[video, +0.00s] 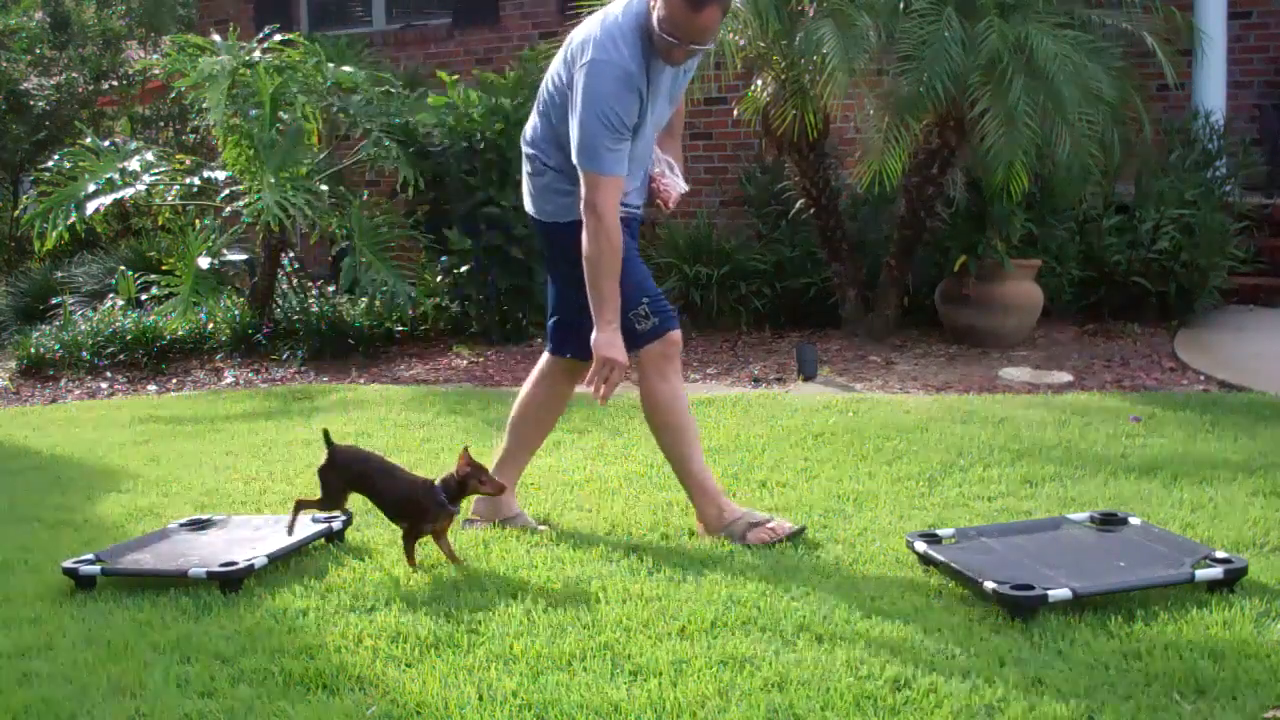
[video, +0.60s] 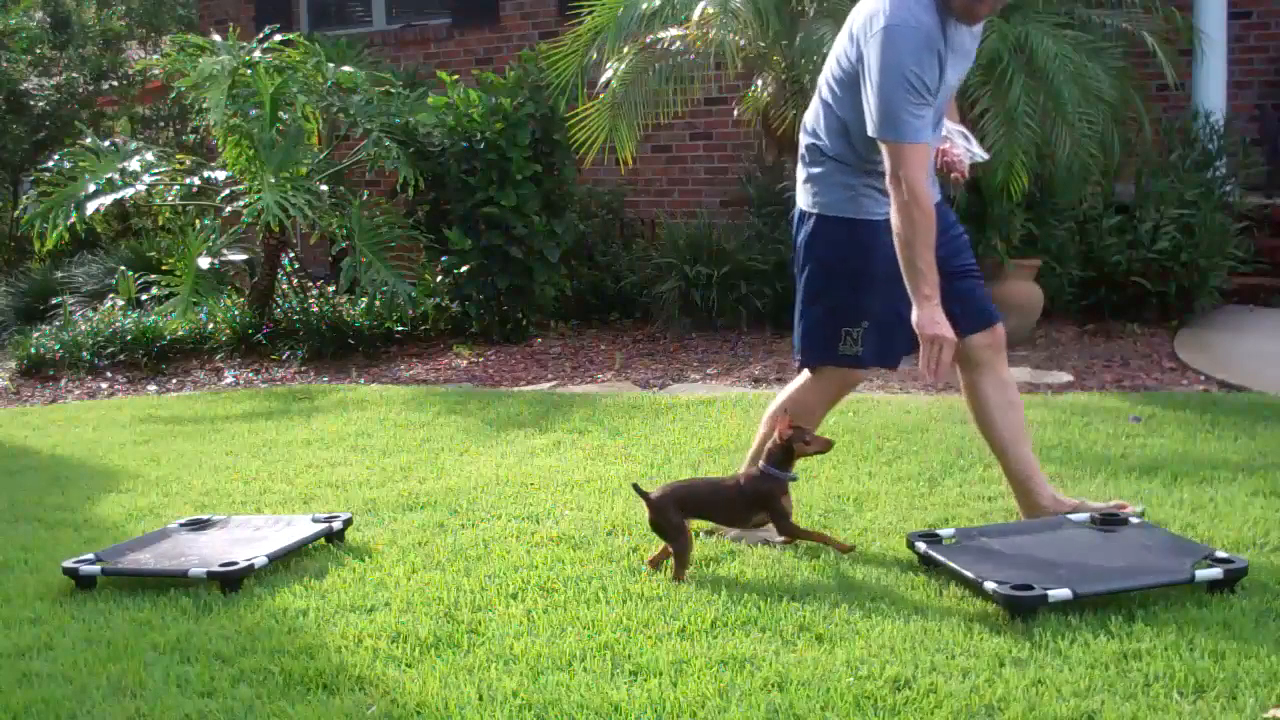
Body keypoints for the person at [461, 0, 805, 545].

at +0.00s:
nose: (689, 56)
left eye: (702, 46)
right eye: (678, 42)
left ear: (718, 21)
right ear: (655, 13)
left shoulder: (697, 33)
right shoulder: (608, 63)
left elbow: (669, 94)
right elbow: (597, 209)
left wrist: (667, 158)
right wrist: (607, 327)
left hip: (616, 198)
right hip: (567, 205)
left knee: (568, 353)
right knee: (658, 340)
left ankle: (494, 495)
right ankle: (715, 512)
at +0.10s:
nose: (735, 45)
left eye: (749, 34)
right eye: (723, 30)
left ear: (764, 18)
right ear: (699, 6)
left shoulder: (738, 26)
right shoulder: (656, 57)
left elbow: (714, 92)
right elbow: (645, 209)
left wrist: (710, 153)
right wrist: (653, 325)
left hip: (659, 197)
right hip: (610, 203)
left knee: (614, 353)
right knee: (688, 348)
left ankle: (517, 478)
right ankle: (721, 522)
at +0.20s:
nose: (787, 36)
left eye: (799, 25)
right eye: (777, 23)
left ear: (809, 13)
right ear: (751, 5)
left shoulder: (784, 21)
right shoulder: (704, 50)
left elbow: (759, 87)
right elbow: (696, 204)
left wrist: (758, 146)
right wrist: (705, 319)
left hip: (711, 184)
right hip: (651, 193)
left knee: (713, 345)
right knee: (709, 354)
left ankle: (584, 431)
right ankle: (722, 521)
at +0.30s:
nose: (845, 19)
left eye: (851, 11)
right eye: (840, 10)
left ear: (839, 5)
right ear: (807, 1)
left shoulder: (814, 21)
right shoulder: (748, 35)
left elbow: (796, 77)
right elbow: (747, 192)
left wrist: (802, 133)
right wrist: (762, 311)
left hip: (753, 179)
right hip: (691, 190)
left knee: (814, 318)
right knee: (734, 352)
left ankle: (685, 424)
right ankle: (723, 520)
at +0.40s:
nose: (895, 3)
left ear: (877, 1)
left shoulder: (861, 16)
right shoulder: (797, 29)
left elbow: (826, 72)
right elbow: (798, 182)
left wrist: (839, 124)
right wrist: (817, 303)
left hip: (803, 173)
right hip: (736, 186)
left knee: (887, 295)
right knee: (759, 355)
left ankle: (840, 467)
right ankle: (728, 518)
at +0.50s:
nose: (939, 6)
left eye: (942, 1)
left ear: (924, 0)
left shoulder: (909, 12)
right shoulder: (847, 26)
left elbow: (887, 71)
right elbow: (852, 183)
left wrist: (895, 126)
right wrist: (871, 302)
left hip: (855, 176)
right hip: (785, 183)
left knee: (930, 319)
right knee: (789, 359)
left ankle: (999, 483)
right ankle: (729, 514)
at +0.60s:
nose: (995, 6)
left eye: (998, 1)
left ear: (982, 1)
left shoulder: (967, 18)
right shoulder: (900, 27)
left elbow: (940, 86)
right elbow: (906, 186)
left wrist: (950, 137)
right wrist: (927, 304)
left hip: (916, 194)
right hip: (848, 202)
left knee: (983, 338)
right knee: (840, 366)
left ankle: (1039, 502)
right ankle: (744, 504)